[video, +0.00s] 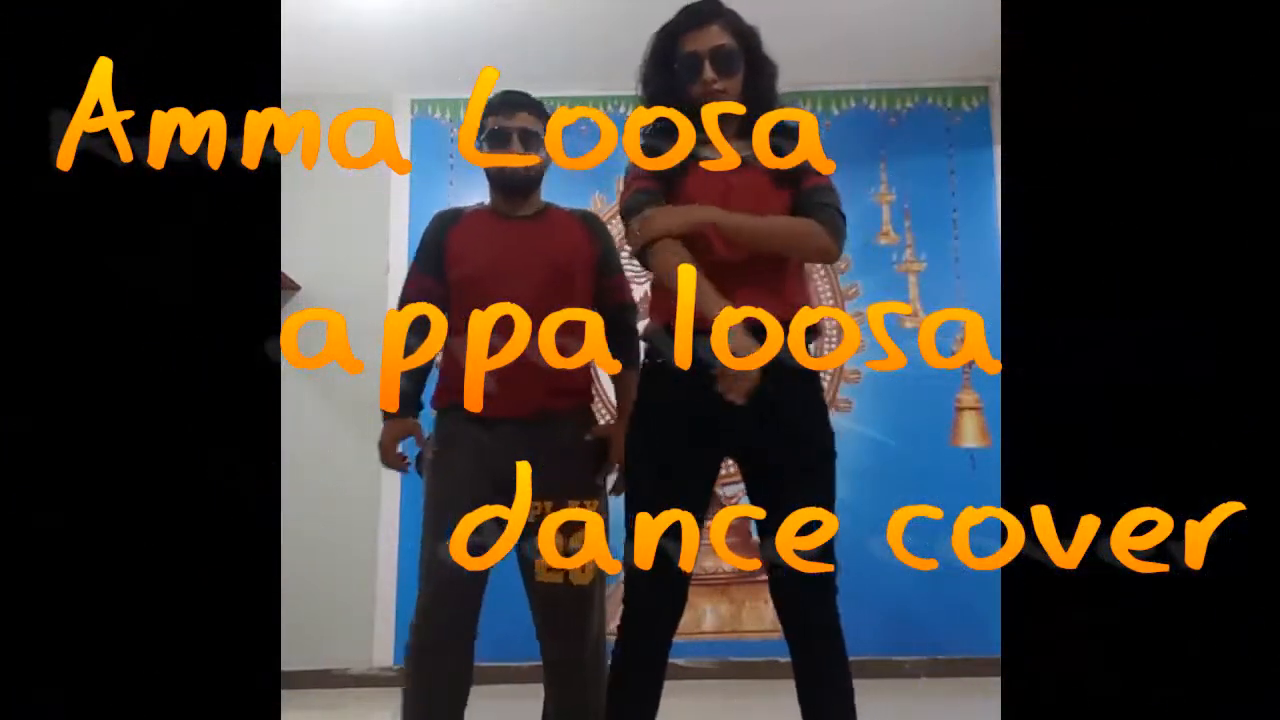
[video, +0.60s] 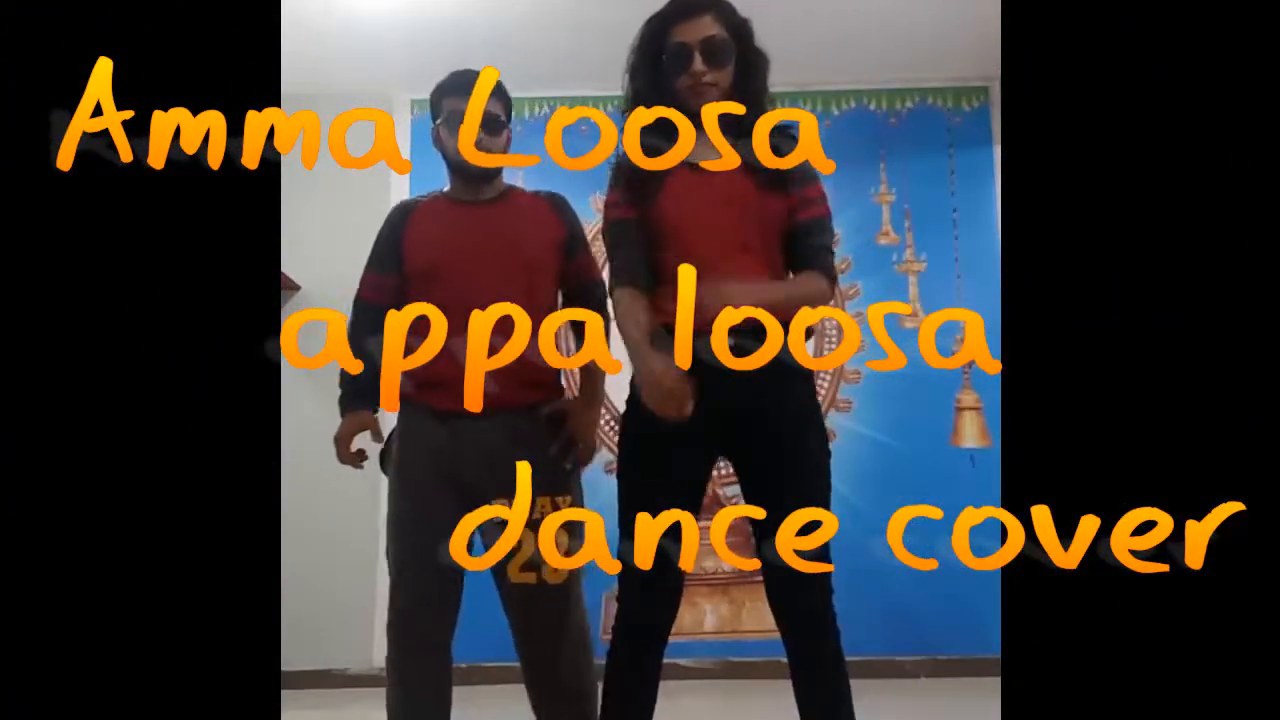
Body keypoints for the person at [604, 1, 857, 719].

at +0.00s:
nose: (710, 74)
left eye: (724, 58)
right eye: (692, 65)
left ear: (751, 65)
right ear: (670, 78)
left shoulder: (789, 137)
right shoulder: (657, 148)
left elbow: (828, 239)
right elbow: (655, 245)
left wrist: (699, 216)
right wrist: (728, 327)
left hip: (783, 379)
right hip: (677, 379)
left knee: (807, 589)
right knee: (653, 590)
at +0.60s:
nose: (698, 67)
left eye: (714, 51)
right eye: (679, 56)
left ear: (743, 61)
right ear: (656, 72)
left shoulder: (783, 152)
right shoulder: (639, 161)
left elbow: (820, 284)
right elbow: (626, 278)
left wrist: (724, 295)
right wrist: (645, 360)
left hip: (772, 387)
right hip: (670, 385)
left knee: (804, 596)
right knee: (647, 597)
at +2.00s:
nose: (646, 69)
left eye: (660, 50)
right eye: (645, 55)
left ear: (714, 51)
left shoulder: (784, 142)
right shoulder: (650, 146)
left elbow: (826, 272)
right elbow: (600, 269)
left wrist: (838, 395)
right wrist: (652, 368)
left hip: (754, 388)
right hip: (649, 382)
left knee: (787, 600)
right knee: (620, 599)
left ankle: (822, 719)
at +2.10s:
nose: (638, 73)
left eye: (651, 53)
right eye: (637, 58)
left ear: (705, 53)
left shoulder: (781, 147)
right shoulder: (641, 154)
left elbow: (827, 272)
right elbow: (591, 279)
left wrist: (862, 397)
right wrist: (619, 356)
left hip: (743, 387)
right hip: (637, 381)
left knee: (781, 600)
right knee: (619, 599)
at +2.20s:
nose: (636, 74)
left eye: (648, 54)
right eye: (634, 59)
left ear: (700, 50)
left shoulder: (778, 143)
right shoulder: (641, 152)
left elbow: (820, 271)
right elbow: (596, 272)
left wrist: (873, 384)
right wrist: (602, 340)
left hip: (741, 385)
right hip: (635, 381)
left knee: (786, 596)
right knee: (617, 598)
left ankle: (822, 717)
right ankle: (605, 718)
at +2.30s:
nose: (633, 66)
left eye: (649, 46)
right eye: (632, 51)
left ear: (705, 47)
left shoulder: (777, 140)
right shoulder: (635, 149)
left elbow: (816, 274)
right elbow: (607, 275)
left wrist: (893, 361)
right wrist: (587, 377)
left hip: (754, 387)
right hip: (646, 387)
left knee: (812, 593)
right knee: (627, 599)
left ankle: (837, 718)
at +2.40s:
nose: (635, 61)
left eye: (653, 42)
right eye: (634, 46)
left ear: (709, 47)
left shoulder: (778, 137)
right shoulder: (636, 148)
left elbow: (820, 272)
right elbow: (615, 285)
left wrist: (909, 347)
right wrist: (582, 301)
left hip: (765, 387)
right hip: (658, 388)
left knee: (818, 599)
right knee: (636, 602)